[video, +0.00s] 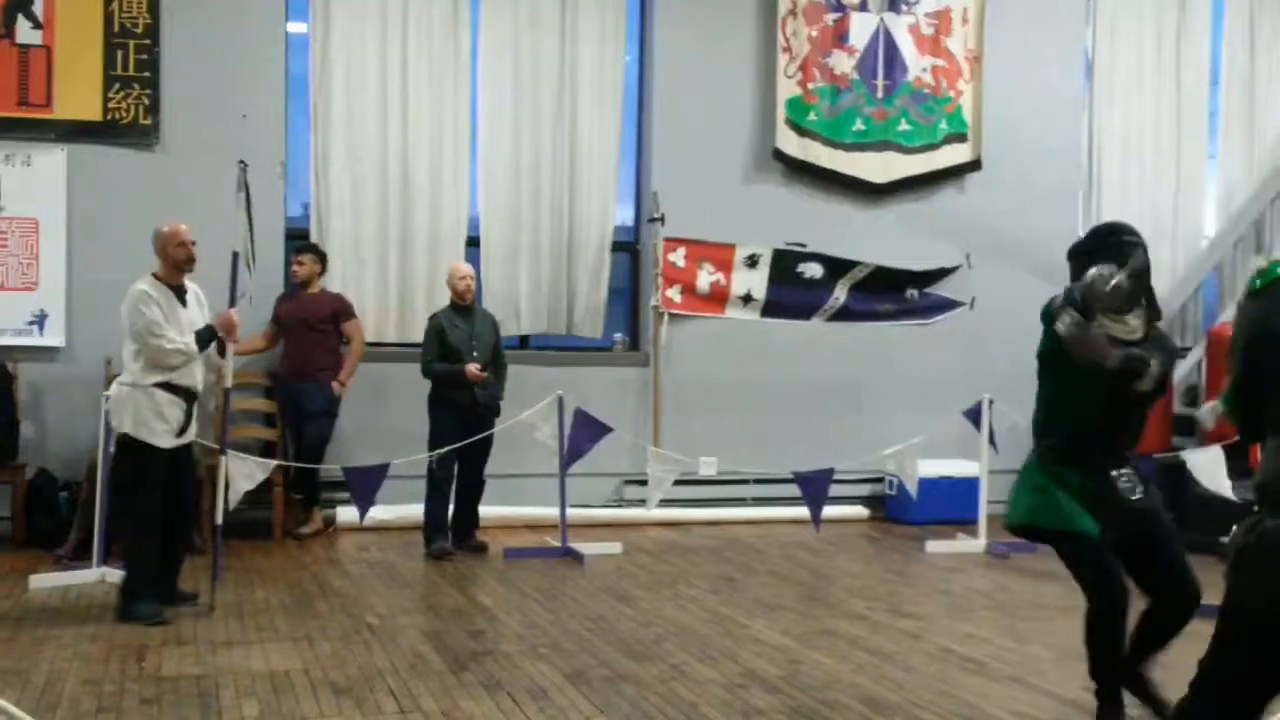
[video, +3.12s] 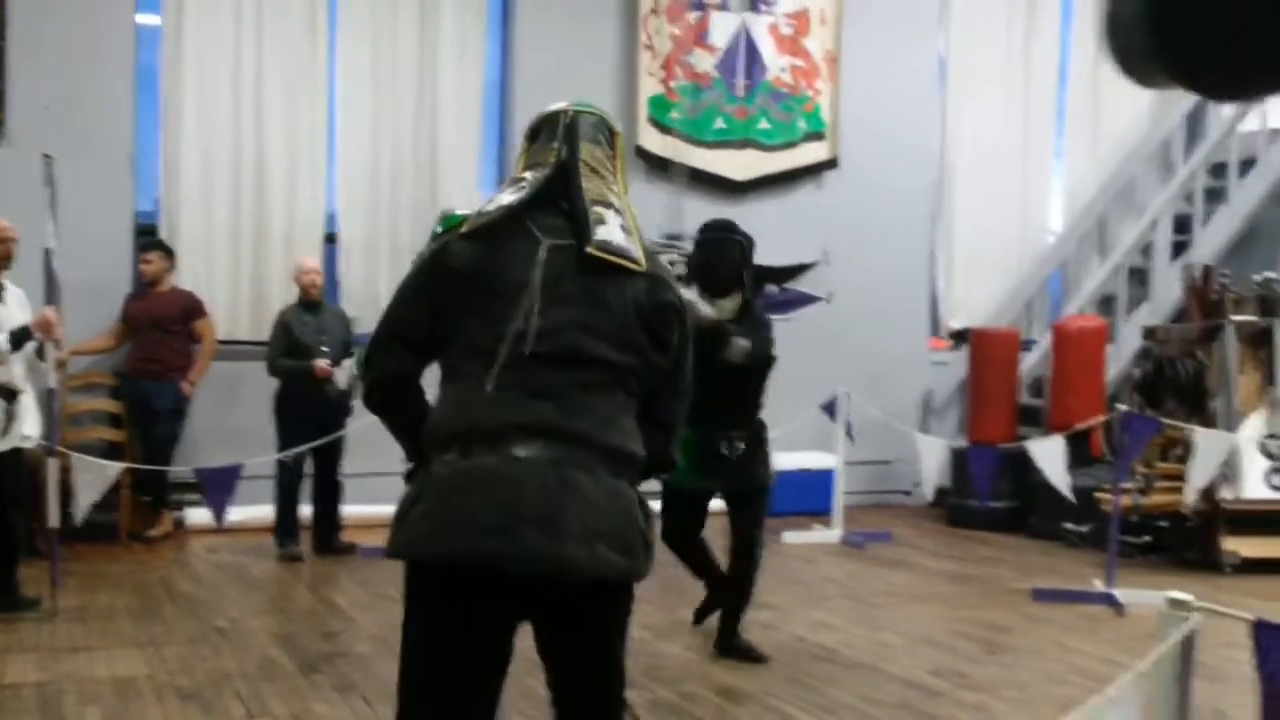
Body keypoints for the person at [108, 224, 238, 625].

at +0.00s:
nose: (191, 252)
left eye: (192, 245)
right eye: (182, 246)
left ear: (192, 251)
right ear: (162, 254)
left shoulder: (195, 293)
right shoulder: (142, 295)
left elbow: (210, 357)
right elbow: (165, 352)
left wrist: (224, 342)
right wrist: (214, 331)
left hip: (179, 410)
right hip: (143, 410)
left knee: (178, 502)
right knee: (144, 504)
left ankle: (166, 585)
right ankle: (137, 596)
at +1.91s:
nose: (148, 247)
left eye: (151, 240)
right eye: (139, 240)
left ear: (152, 245)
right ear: (117, 246)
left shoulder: (153, 293)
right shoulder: (96, 290)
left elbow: (169, 357)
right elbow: (117, 348)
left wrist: (185, 344)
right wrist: (170, 327)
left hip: (148, 410)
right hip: (106, 408)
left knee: (143, 501)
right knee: (94, 502)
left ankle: (137, 583)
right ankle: (79, 591)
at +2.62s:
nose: (108, 249)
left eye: (111, 242)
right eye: (99, 242)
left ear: (113, 247)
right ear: (78, 247)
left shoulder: (115, 295)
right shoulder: (57, 291)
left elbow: (135, 367)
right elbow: (76, 349)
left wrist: (146, 345)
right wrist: (130, 329)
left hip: (108, 414)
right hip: (66, 412)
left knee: (104, 504)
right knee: (53, 505)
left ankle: (99, 585)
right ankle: (40, 594)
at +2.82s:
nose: (59, 248)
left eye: (63, 241)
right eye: (51, 241)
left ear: (66, 248)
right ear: (30, 247)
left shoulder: (68, 295)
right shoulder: (10, 292)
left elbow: (79, 356)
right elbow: (30, 351)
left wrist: (98, 342)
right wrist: (80, 331)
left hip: (61, 417)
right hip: (19, 416)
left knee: (57, 507)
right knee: (14, 508)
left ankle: (51, 588)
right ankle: (4, 593)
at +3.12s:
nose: (12, 249)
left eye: (13, 242)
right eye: (7, 242)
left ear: (14, 246)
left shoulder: (17, 295)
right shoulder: (9, 297)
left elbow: (26, 357)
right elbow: (6, 348)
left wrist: (45, 342)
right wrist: (29, 332)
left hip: (21, 414)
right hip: (9, 416)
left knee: (17, 505)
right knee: (12, 506)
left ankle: (11, 587)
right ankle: (9, 588)